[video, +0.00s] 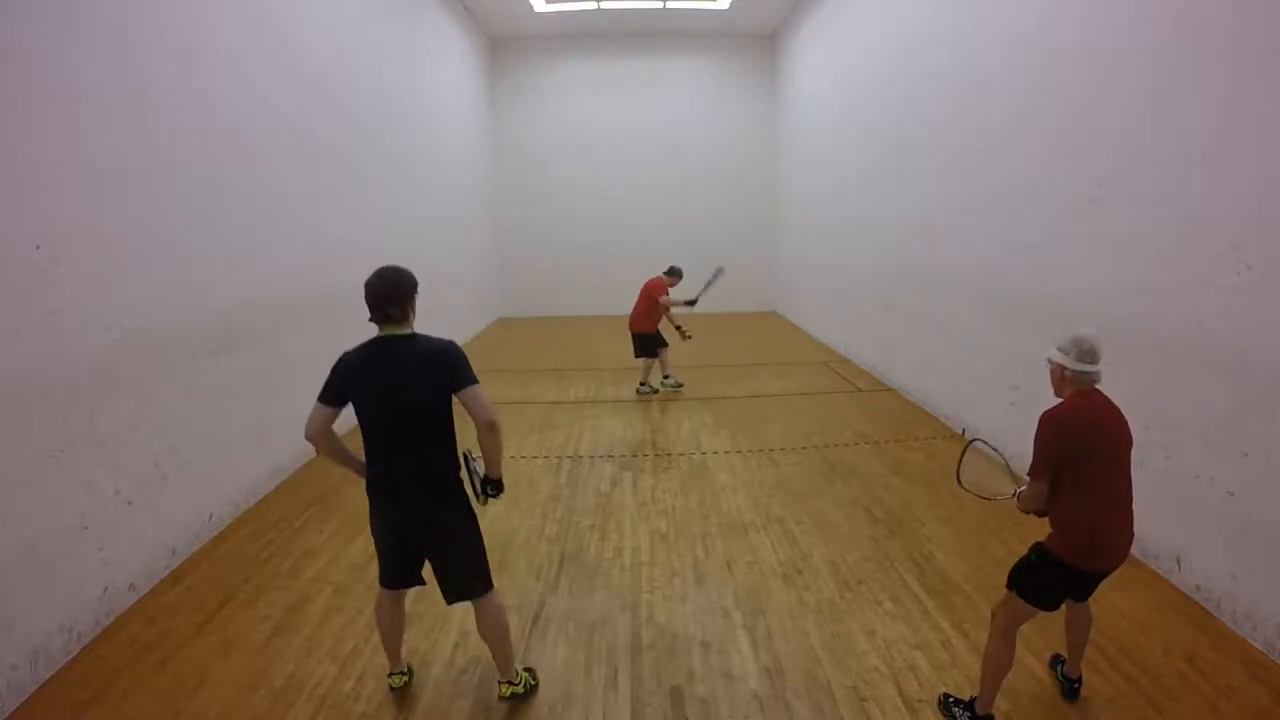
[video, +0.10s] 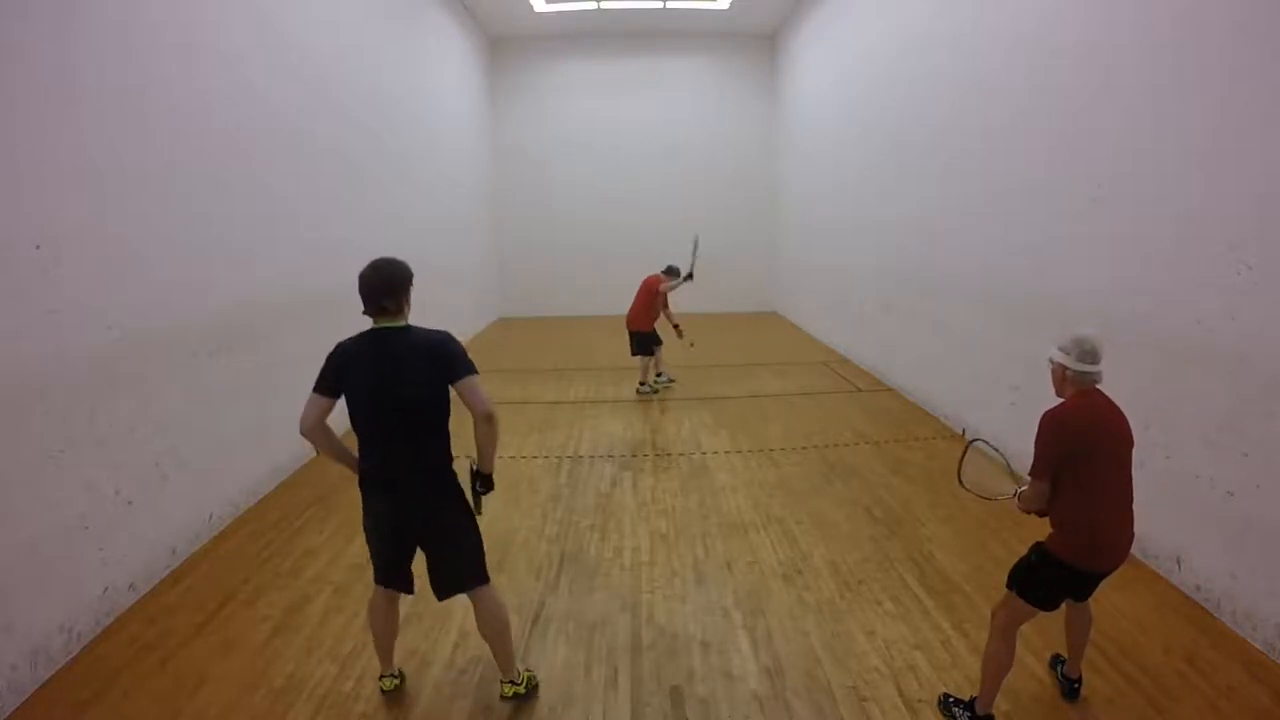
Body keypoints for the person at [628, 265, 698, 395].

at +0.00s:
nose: (676, 284)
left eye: (678, 282)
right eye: (677, 281)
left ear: (668, 274)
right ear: (673, 277)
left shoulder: (662, 287)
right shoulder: (657, 284)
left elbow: (667, 312)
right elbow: (663, 301)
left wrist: (678, 327)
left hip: (649, 325)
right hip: (641, 326)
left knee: (662, 348)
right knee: (651, 355)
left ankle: (666, 378)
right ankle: (643, 384)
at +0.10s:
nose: (672, 282)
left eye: (674, 281)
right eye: (673, 280)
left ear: (665, 274)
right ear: (669, 276)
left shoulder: (660, 286)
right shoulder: (654, 280)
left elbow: (665, 309)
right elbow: (663, 288)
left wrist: (675, 325)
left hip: (646, 323)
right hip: (638, 324)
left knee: (657, 345)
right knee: (647, 353)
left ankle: (659, 375)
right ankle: (642, 384)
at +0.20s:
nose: (670, 281)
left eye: (672, 280)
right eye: (670, 278)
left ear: (671, 277)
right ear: (664, 272)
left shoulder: (661, 289)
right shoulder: (650, 279)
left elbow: (664, 308)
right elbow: (662, 276)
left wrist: (672, 325)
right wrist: (675, 264)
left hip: (643, 322)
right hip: (635, 322)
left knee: (650, 346)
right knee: (645, 352)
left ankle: (647, 373)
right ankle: (642, 384)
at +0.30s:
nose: (668, 281)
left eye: (670, 279)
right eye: (669, 277)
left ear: (668, 275)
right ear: (664, 272)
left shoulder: (660, 288)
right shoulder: (649, 278)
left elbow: (661, 306)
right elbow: (656, 269)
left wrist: (667, 322)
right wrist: (669, 255)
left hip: (639, 322)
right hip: (632, 320)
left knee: (642, 350)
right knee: (642, 352)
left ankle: (639, 371)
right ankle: (643, 383)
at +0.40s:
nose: (665, 283)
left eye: (667, 281)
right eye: (665, 280)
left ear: (664, 276)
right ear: (662, 275)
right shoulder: (651, 281)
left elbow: (654, 302)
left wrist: (656, 315)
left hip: (628, 319)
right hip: (634, 321)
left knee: (633, 349)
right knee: (642, 351)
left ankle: (631, 369)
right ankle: (642, 382)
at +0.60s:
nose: (659, 287)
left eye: (660, 284)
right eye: (660, 285)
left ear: (649, 276)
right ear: (658, 284)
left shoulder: (635, 280)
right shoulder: (650, 296)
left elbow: (621, 287)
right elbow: (660, 315)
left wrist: (633, 298)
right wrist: (676, 321)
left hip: (615, 320)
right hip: (631, 325)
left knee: (628, 345)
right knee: (642, 351)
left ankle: (629, 368)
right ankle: (636, 374)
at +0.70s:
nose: (656, 283)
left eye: (656, 281)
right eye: (657, 281)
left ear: (646, 274)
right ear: (656, 281)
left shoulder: (632, 280)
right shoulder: (652, 294)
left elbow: (619, 291)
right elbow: (650, 312)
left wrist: (631, 298)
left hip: (615, 321)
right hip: (630, 325)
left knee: (623, 344)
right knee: (635, 351)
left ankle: (628, 367)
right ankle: (625, 367)